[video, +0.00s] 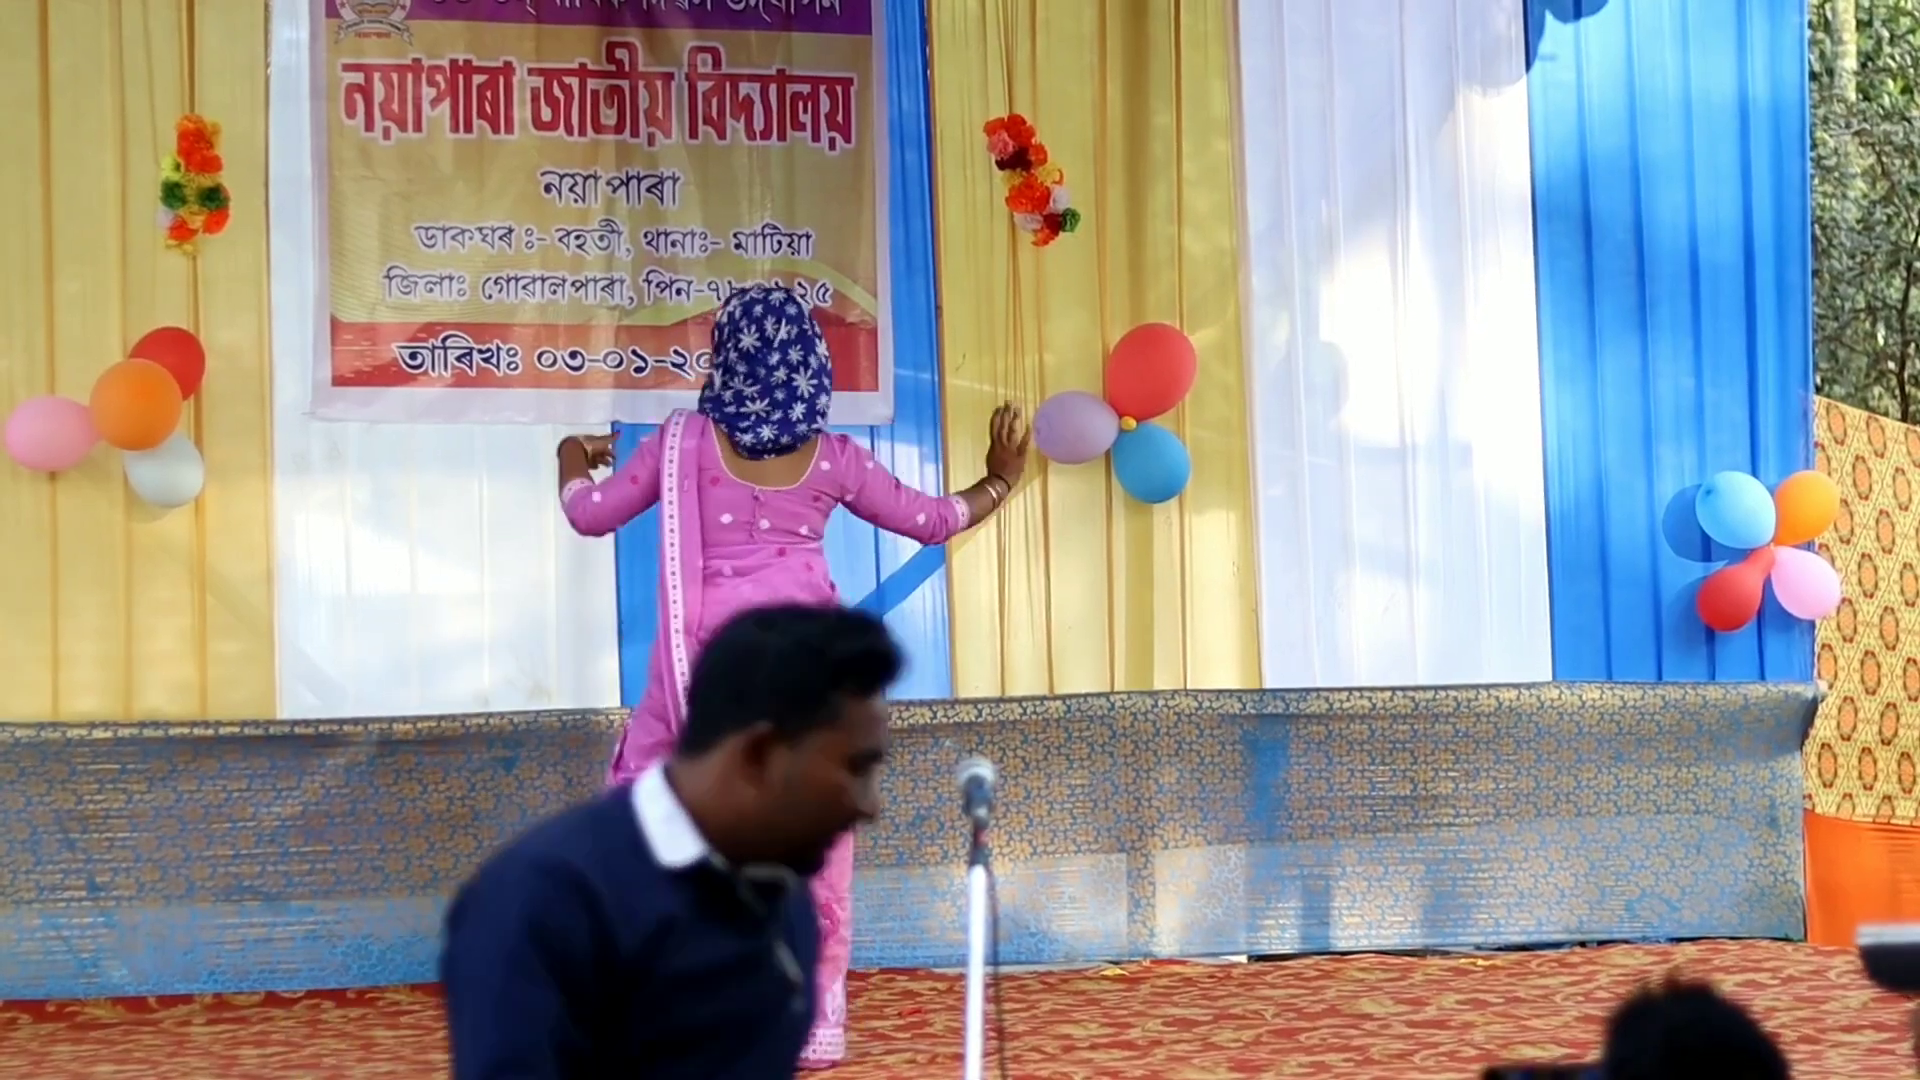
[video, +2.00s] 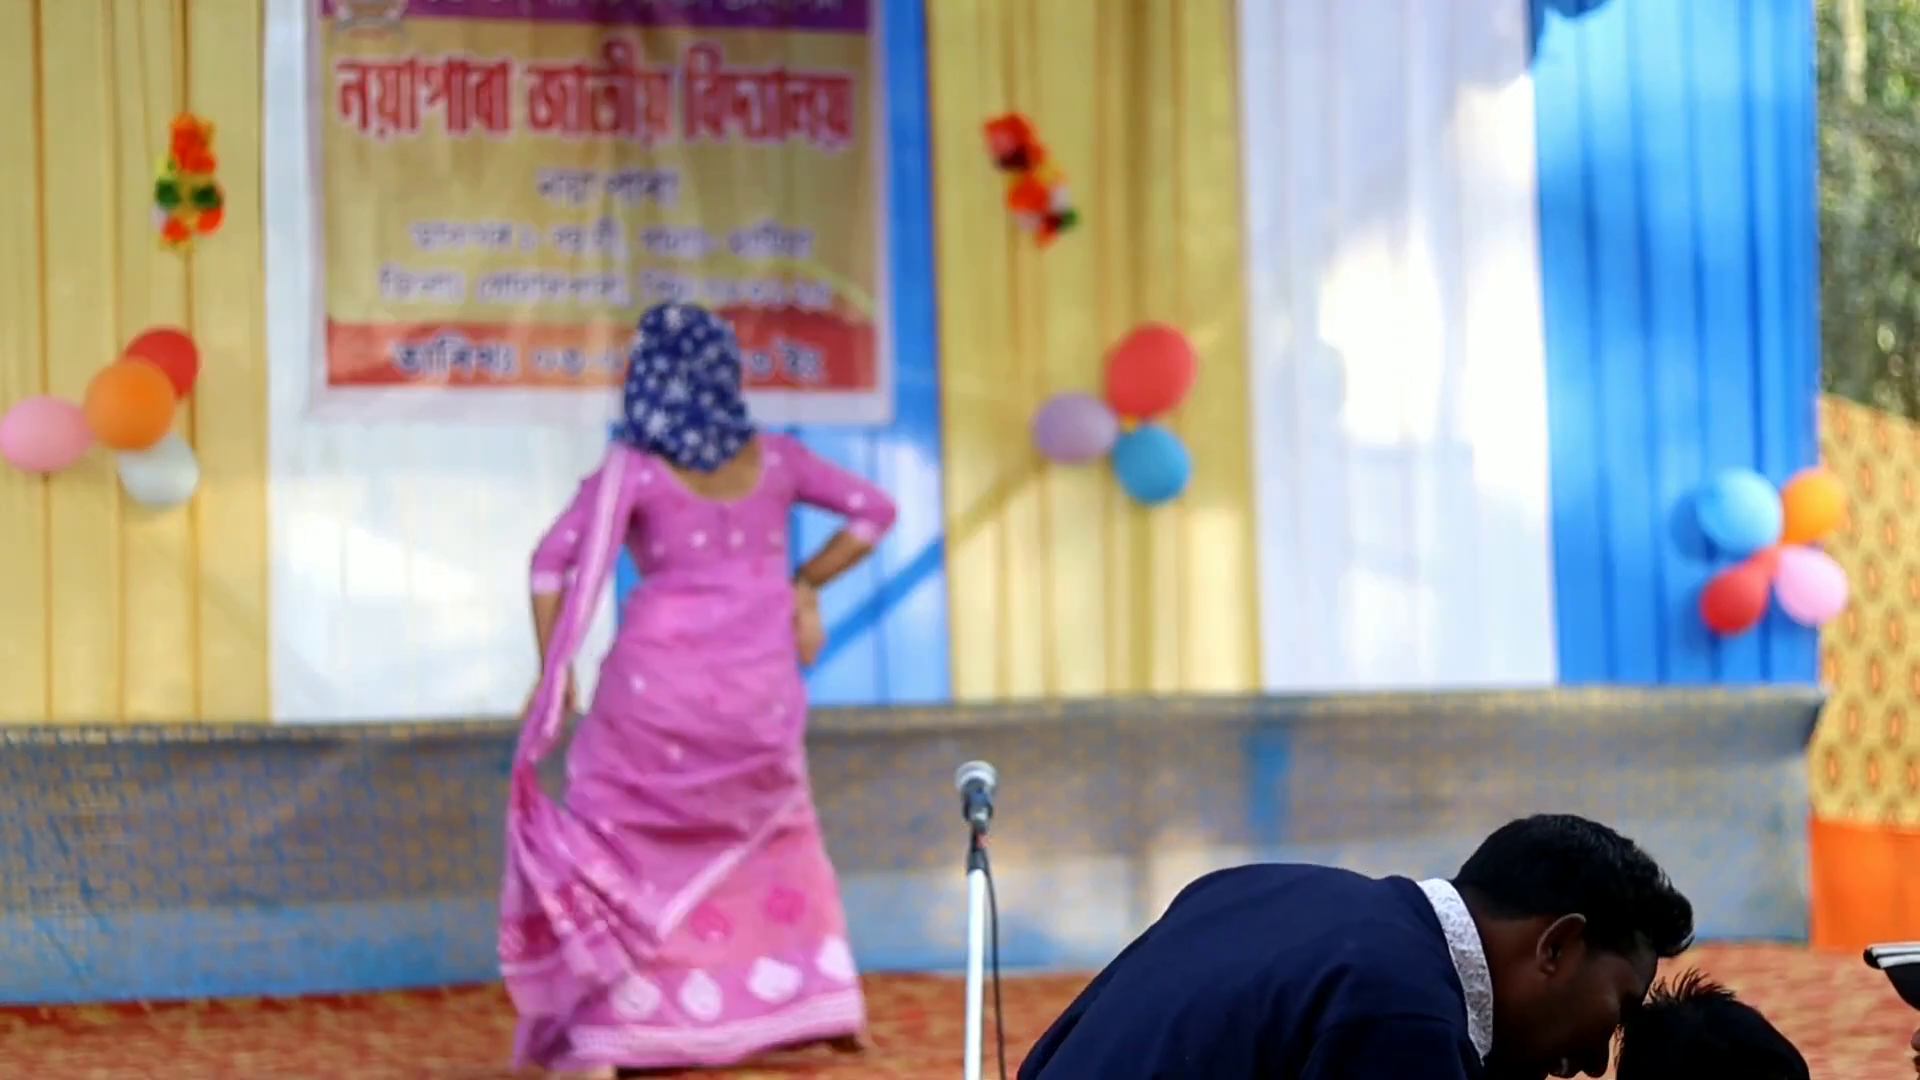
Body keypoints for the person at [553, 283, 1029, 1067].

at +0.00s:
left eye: (716, 352)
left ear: (722, 361)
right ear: (812, 366)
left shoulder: (679, 443)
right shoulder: (832, 458)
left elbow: (590, 514)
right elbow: (934, 519)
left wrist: (572, 467)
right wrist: (1000, 484)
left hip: (694, 671)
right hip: (802, 669)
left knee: (641, 814)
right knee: (819, 838)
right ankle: (816, 1028)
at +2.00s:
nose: (637, 381)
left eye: (643, 368)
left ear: (646, 378)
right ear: (729, 373)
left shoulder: (633, 468)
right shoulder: (776, 457)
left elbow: (551, 565)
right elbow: (875, 513)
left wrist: (557, 678)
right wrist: (807, 583)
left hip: (658, 686)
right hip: (760, 687)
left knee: (601, 835)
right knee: (785, 829)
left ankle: (601, 1025)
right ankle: (819, 1003)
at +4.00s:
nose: (559, 365)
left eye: (581, 353)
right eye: (551, 350)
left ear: (621, 367)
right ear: (540, 356)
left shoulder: (626, 450)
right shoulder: (544, 453)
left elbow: (650, 569)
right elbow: (508, 565)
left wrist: (662, 669)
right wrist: (442, 515)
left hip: (595, 669)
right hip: (530, 670)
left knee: (566, 836)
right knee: (519, 835)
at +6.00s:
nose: (668, 352)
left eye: (659, 344)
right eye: (645, 349)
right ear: (605, 385)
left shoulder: (719, 447)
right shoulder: (585, 482)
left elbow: (837, 443)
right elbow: (565, 556)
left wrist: (917, 381)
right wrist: (626, 464)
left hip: (732, 685)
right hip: (625, 695)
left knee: (809, 817)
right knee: (624, 862)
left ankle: (808, 1032)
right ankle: (632, 1041)